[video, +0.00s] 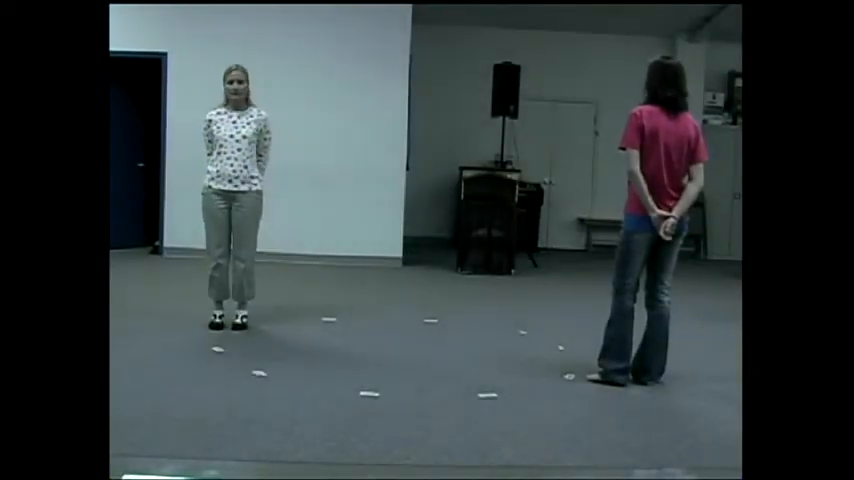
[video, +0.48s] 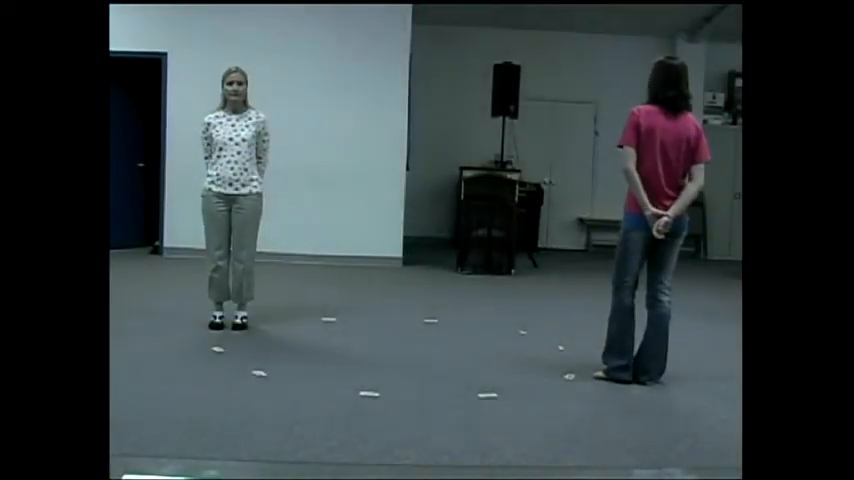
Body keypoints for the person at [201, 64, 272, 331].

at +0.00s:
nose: (236, 86)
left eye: (241, 82)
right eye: (231, 82)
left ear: (248, 86)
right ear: (224, 87)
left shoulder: (259, 118)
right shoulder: (212, 117)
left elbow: (263, 156)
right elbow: (210, 152)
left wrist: (254, 179)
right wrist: (221, 174)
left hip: (247, 190)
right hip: (215, 189)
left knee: (244, 253)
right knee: (217, 253)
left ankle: (242, 309)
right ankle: (217, 309)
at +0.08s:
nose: (236, 87)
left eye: (241, 83)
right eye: (231, 83)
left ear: (248, 86)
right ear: (224, 87)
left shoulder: (259, 118)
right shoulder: (212, 118)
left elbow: (263, 155)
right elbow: (210, 152)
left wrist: (254, 178)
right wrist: (221, 174)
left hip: (247, 190)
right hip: (216, 189)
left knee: (244, 254)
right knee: (218, 253)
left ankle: (242, 309)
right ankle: (217, 309)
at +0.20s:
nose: (236, 89)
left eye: (241, 85)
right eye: (231, 85)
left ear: (248, 88)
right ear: (224, 89)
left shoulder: (259, 121)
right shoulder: (212, 121)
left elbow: (263, 159)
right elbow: (209, 156)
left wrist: (254, 182)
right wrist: (219, 177)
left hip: (247, 193)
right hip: (216, 192)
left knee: (244, 254)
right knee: (218, 254)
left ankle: (241, 310)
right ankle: (218, 309)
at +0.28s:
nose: (236, 88)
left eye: (241, 84)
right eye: (231, 84)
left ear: (247, 87)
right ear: (224, 88)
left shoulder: (259, 119)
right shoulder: (212, 119)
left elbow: (263, 157)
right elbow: (208, 154)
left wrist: (255, 180)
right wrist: (217, 177)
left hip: (247, 191)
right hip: (216, 190)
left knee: (244, 253)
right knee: (218, 253)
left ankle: (241, 309)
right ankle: (218, 308)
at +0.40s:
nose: (235, 88)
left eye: (240, 84)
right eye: (230, 84)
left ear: (247, 88)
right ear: (223, 88)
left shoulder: (258, 120)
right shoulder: (211, 120)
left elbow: (263, 157)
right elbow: (208, 156)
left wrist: (255, 181)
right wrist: (216, 178)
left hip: (247, 192)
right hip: (216, 191)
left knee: (243, 254)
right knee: (217, 254)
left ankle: (241, 310)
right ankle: (217, 309)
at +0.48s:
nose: (235, 88)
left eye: (240, 84)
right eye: (230, 84)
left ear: (246, 88)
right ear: (223, 88)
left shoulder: (258, 120)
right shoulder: (211, 121)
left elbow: (262, 157)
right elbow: (208, 156)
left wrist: (255, 181)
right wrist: (216, 179)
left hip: (247, 192)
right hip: (216, 191)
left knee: (243, 254)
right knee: (217, 254)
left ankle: (241, 310)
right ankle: (217, 309)